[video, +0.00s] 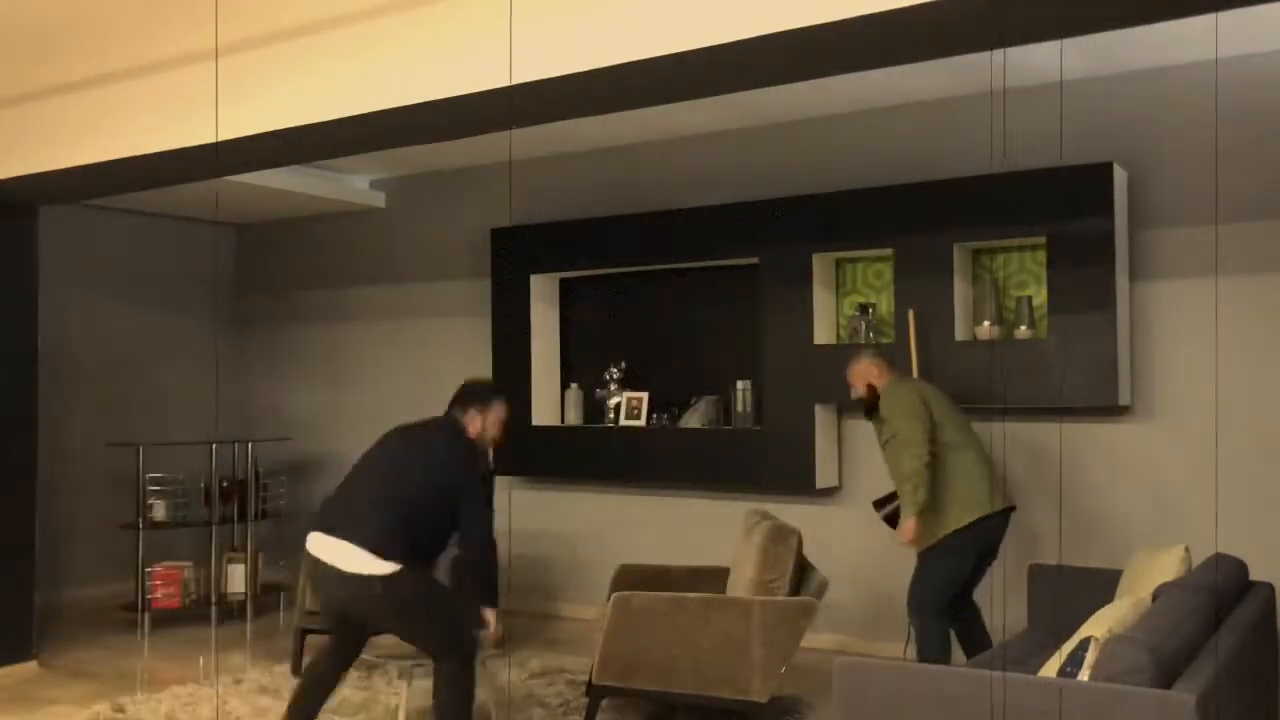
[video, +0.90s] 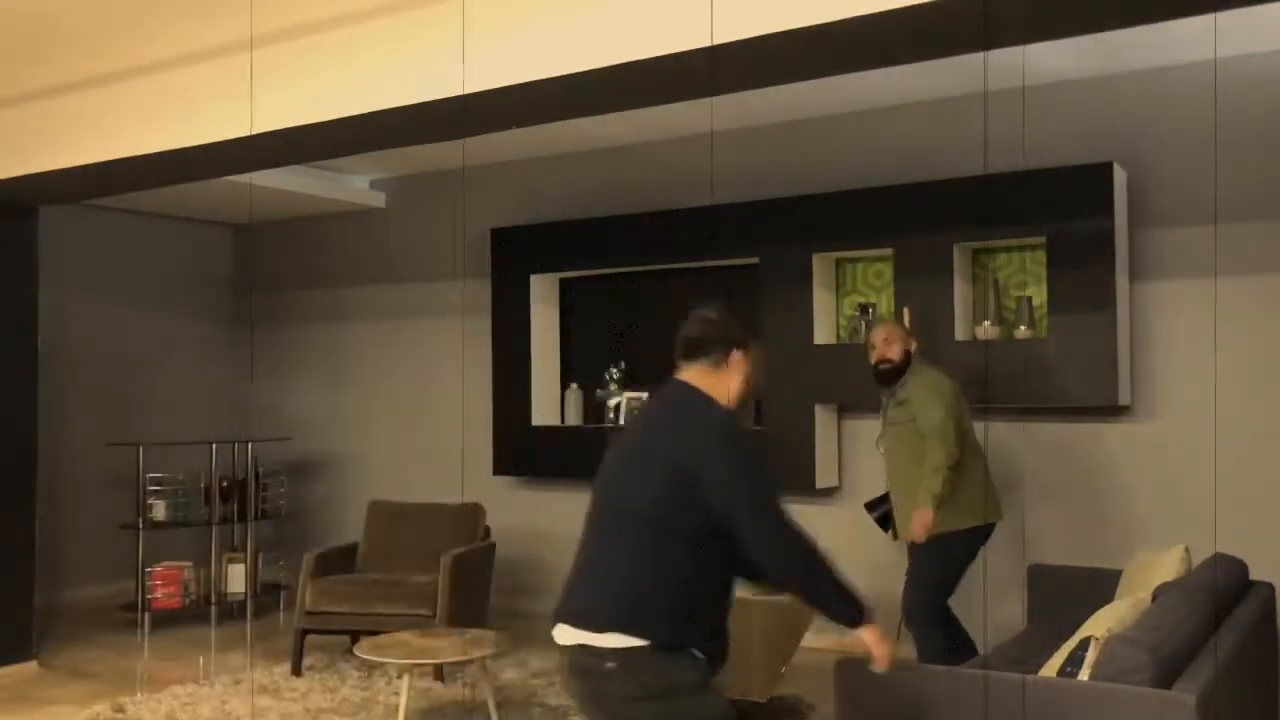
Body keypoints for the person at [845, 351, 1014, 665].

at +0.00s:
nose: (854, 395)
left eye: (855, 385)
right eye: (852, 387)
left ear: (875, 374)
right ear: (878, 372)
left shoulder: (897, 394)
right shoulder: (917, 390)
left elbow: (913, 453)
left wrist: (911, 512)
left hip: (962, 512)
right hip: (990, 509)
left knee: (925, 602)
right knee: (957, 599)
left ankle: (933, 692)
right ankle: (990, 680)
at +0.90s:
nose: (881, 352)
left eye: (889, 342)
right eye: (874, 347)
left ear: (910, 346)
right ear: (869, 356)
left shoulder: (927, 385)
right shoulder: (901, 393)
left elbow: (942, 449)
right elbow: (913, 458)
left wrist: (926, 506)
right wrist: (900, 504)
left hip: (960, 515)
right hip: (940, 518)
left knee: (920, 606)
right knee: (926, 605)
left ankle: (941, 692)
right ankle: (974, 680)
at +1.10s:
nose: (908, 344)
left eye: (917, 335)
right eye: (900, 336)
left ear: (933, 336)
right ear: (890, 340)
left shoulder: (956, 381)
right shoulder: (898, 381)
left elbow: (967, 453)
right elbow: (893, 449)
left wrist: (940, 505)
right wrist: (887, 504)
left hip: (946, 522)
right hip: (905, 519)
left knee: (923, 604)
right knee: (884, 600)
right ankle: (944, 661)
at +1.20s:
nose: (924, 346)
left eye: (932, 337)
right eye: (913, 337)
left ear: (943, 337)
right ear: (898, 338)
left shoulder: (968, 380)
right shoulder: (880, 379)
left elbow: (993, 438)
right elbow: (857, 438)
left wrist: (987, 495)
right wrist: (859, 486)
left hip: (945, 513)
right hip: (887, 511)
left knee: (938, 606)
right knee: (895, 603)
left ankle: (957, 688)